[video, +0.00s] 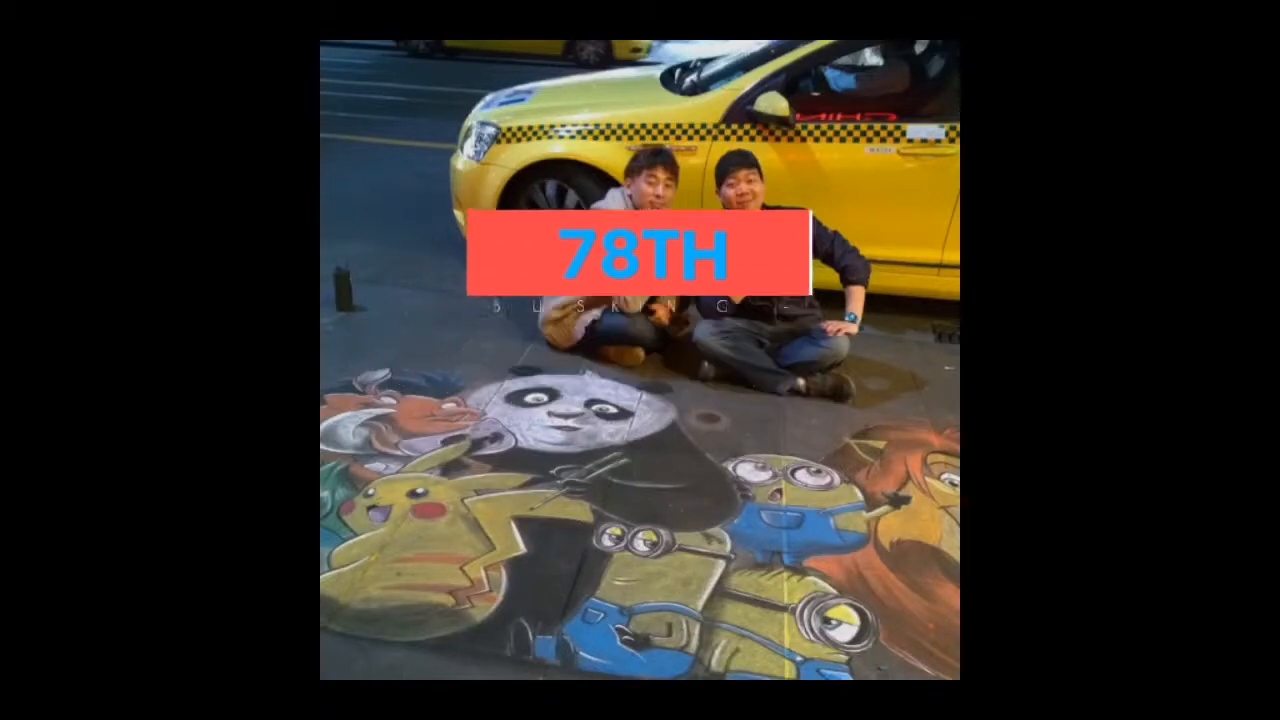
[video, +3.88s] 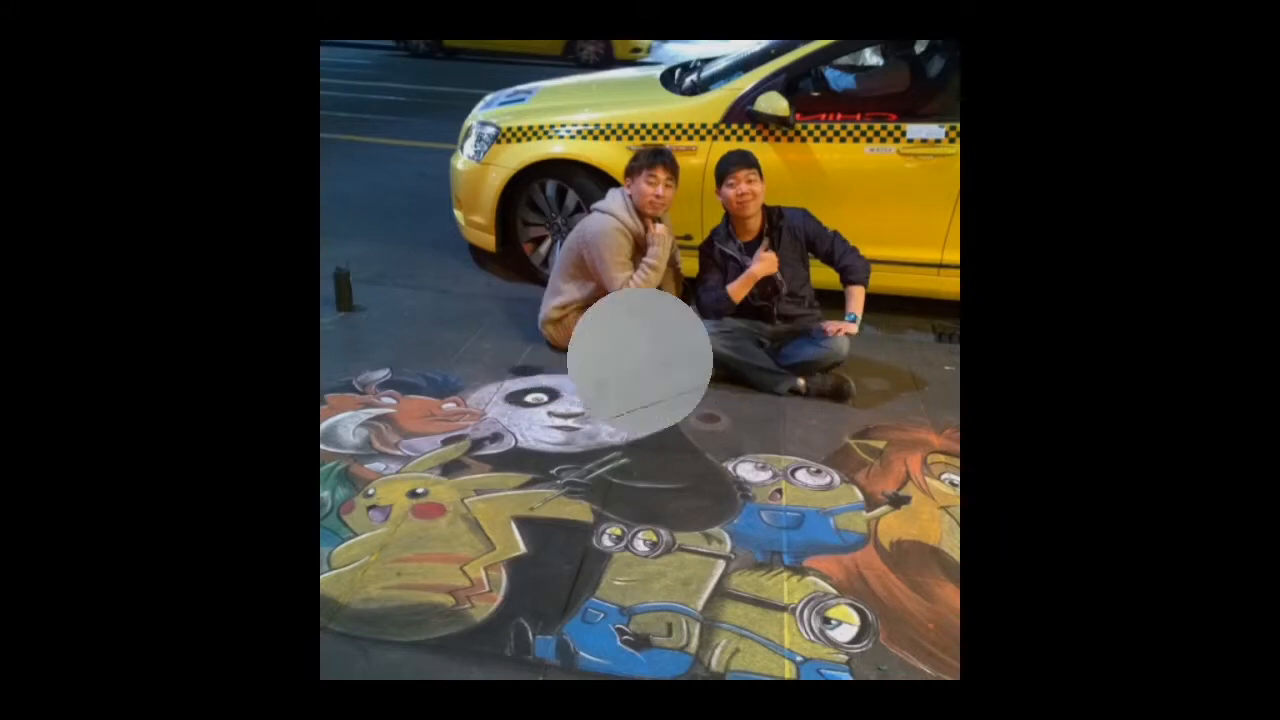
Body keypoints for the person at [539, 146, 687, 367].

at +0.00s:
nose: (659, 193)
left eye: (668, 185)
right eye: (651, 182)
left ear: (675, 192)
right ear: (629, 184)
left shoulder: (661, 220)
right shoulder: (609, 214)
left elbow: (675, 272)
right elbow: (630, 304)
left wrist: (665, 303)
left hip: (614, 307)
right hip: (569, 317)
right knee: (638, 327)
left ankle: (628, 346)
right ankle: (674, 335)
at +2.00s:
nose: (659, 191)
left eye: (668, 184)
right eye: (651, 181)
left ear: (675, 189)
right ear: (629, 182)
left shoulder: (657, 223)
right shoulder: (604, 222)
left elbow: (669, 278)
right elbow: (629, 300)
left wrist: (665, 304)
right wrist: (664, 248)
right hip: (565, 318)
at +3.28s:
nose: (660, 193)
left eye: (668, 185)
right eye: (651, 182)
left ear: (675, 192)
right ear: (629, 184)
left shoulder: (656, 222)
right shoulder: (605, 227)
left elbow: (670, 268)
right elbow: (629, 300)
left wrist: (665, 304)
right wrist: (658, 250)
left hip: (608, 307)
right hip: (567, 319)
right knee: (638, 328)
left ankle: (632, 348)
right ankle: (669, 336)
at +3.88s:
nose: (660, 193)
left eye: (668, 185)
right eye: (651, 183)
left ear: (675, 192)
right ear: (629, 184)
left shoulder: (656, 220)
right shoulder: (605, 228)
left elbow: (668, 285)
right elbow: (626, 298)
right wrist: (657, 252)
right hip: (565, 323)